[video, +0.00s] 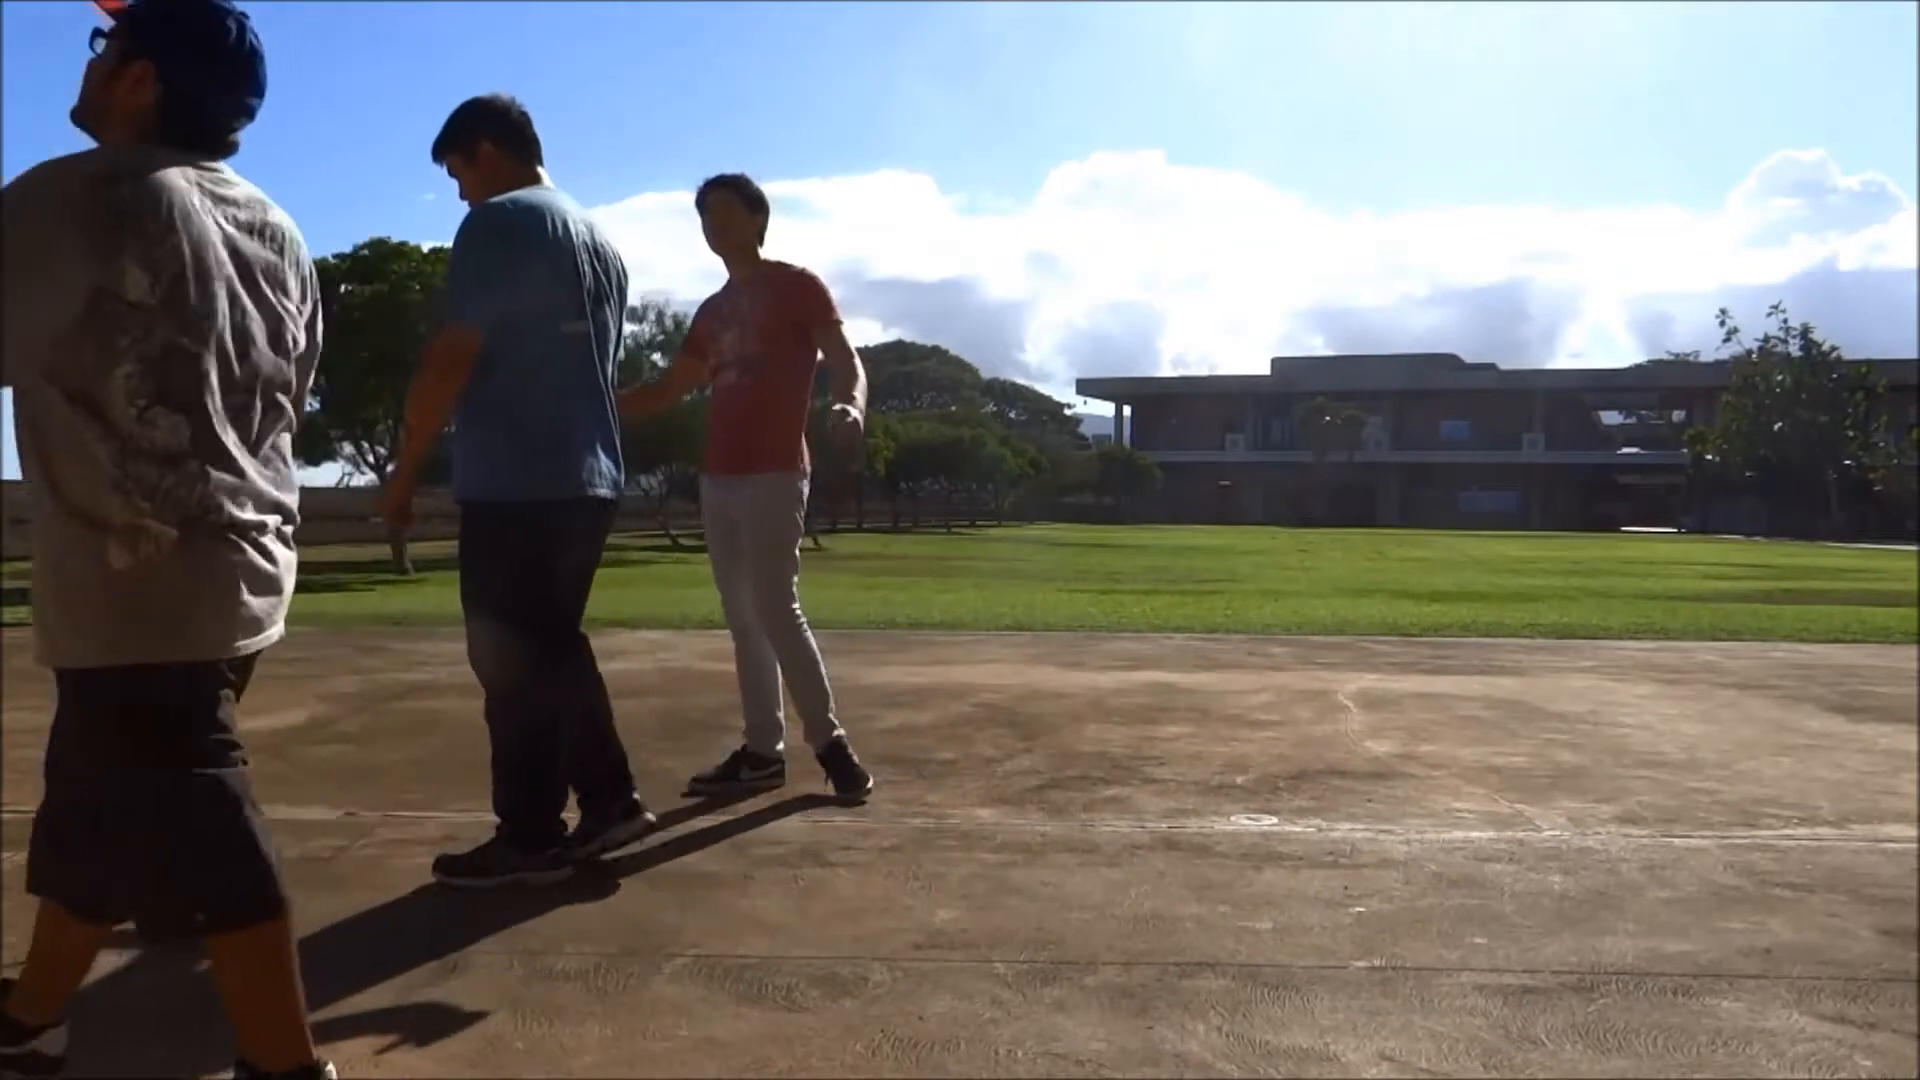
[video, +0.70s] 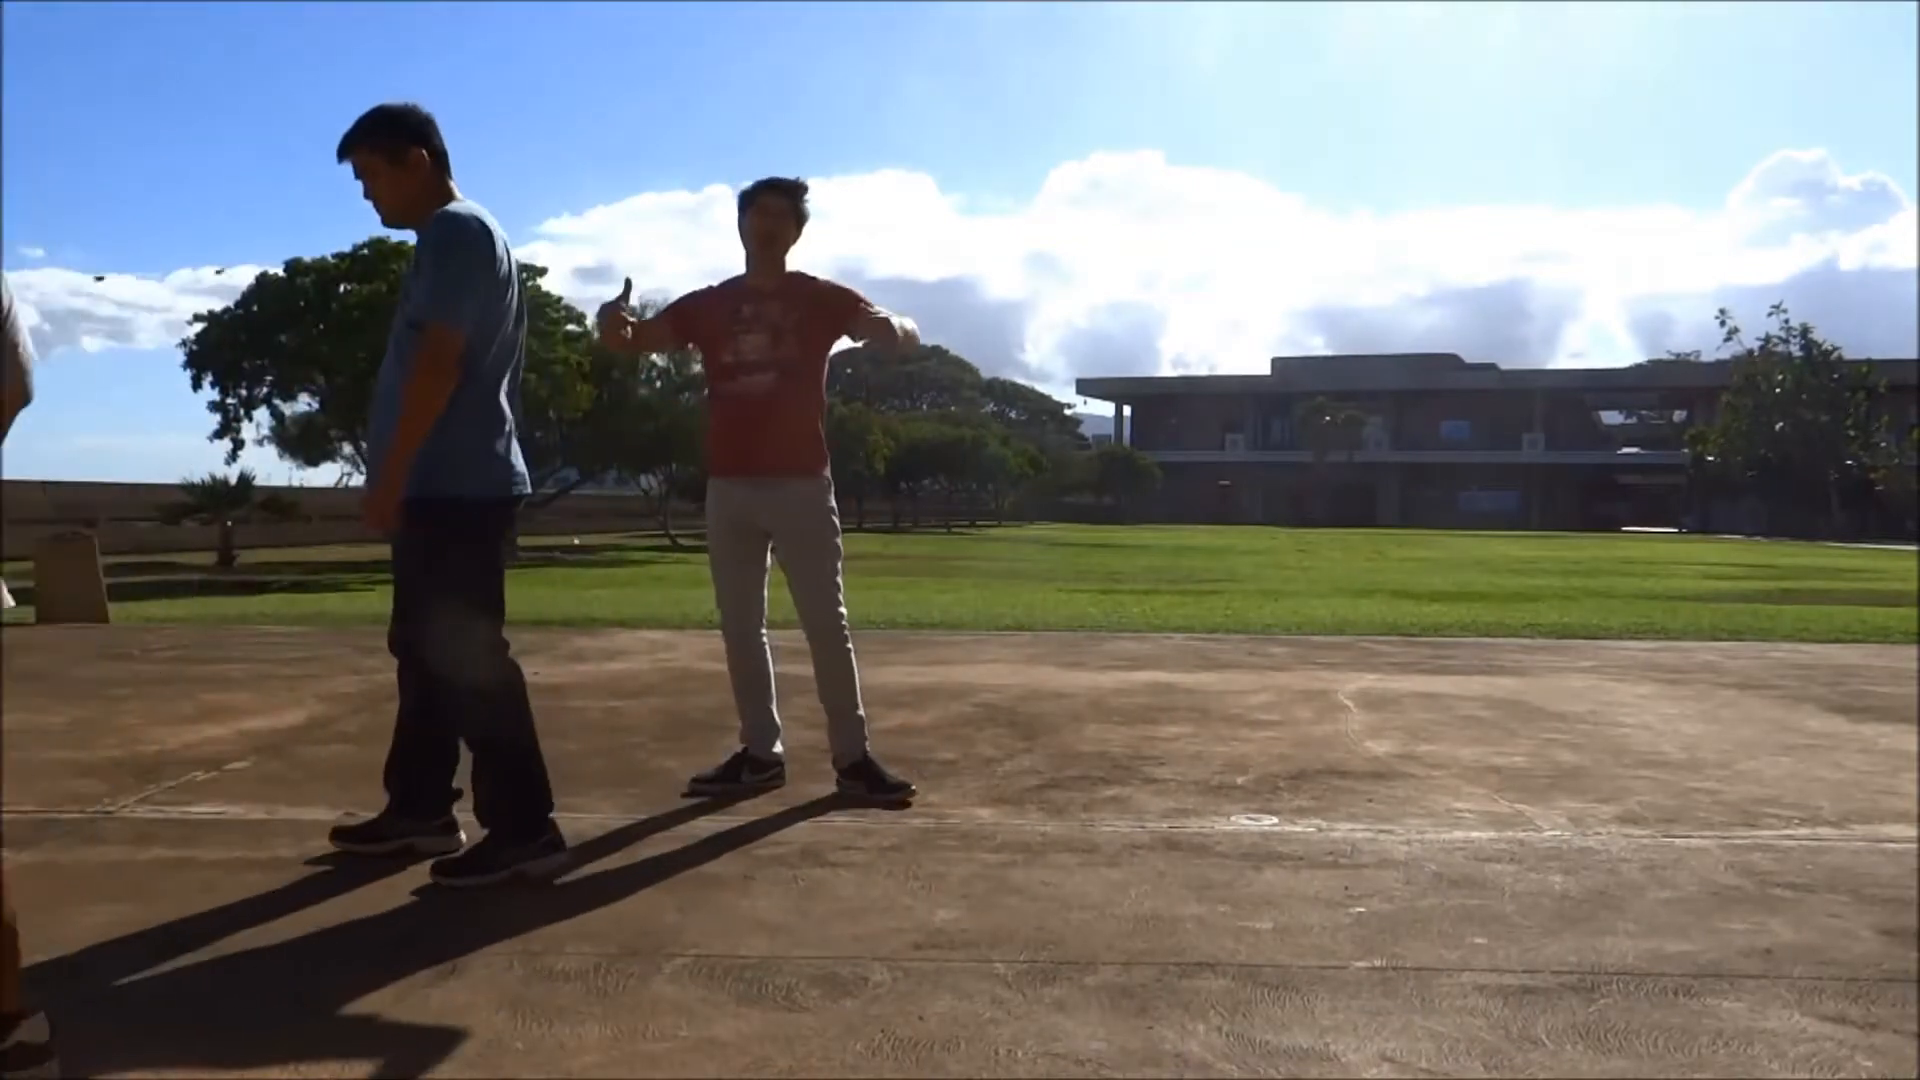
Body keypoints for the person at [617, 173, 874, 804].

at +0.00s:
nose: (710, 226)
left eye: (721, 213)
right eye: (705, 217)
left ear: (755, 218)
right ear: (705, 228)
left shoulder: (796, 285)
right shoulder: (712, 312)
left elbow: (844, 360)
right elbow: (672, 385)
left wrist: (852, 406)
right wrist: (601, 409)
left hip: (775, 477)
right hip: (721, 479)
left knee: (775, 610)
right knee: (743, 618)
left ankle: (831, 746)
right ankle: (762, 752)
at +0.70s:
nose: (770, 224)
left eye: (782, 215)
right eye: (760, 213)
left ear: (799, 228)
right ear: (741, 223)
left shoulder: (821, 298)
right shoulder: (709, 305)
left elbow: (906, 338)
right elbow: (628, 340)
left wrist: (886, 328)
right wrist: (611, 322)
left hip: (802, 488)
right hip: (730, 489)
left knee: (827, 623)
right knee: (741, 629)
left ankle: (853, 760)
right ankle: (761, 755)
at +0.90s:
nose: (794, 225)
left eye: (807, 216)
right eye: (784, 214)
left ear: (824, 229)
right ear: (766, 223)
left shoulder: (841, 300)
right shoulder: (729, 300)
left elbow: (927, 338)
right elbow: (642, 327)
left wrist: (888, 273)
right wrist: (663, 259)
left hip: (824, 488)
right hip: (750, 488)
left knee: (847, 626)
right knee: (747, 628)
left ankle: (856, 761)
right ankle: (761, 755)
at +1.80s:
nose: (884, 215)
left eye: (896, 206)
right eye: (873, 206)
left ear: (915, 218)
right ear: (855, 218)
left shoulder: (932, 304)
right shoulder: (822, 281)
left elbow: (1015, 349)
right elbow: (735, 289)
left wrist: (1002, 286)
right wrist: (771, 238)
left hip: (891, 483)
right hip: (818, 475)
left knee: (876, 626)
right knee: (785, 614)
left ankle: (859, 761)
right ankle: (760, 745)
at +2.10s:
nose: (910, 213)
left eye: (917, 203)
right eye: (896, 203)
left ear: (928, 215)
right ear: (868, 216)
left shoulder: (946, 306)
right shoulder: (831, 284)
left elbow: (1010, 376)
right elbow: (746, 326)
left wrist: (978, 352)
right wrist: (805, 325)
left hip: (907, 482)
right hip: (838, 476)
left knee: (882, 625)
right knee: (829, 621)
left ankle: (859, 760)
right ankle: (811, 760)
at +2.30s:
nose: (924, 210)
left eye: (925, 200)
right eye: (909, 200)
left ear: (926, 215)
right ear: (873, 215)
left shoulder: (951, 305)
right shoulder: (835, 289)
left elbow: (983, 389)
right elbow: (777, 371)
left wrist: (973, 427)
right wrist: (820, 404)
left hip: (916, 480)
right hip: (851, 476)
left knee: (890, 620)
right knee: (865, 615)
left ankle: (865, 754)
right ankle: (860, 760)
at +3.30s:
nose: (987, 192)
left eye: (983, 180)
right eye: (973, 181)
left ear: (951, 196)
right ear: (930, 195)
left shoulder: (983, 285)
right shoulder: (879, 279)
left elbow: (1001, 389)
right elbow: (838, 392)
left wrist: (1039, 480)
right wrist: (843, 492)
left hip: (983, 484)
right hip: (917, 485)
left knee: (1000, 626)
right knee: (932, 635)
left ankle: (903, 718)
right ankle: (927, 788)